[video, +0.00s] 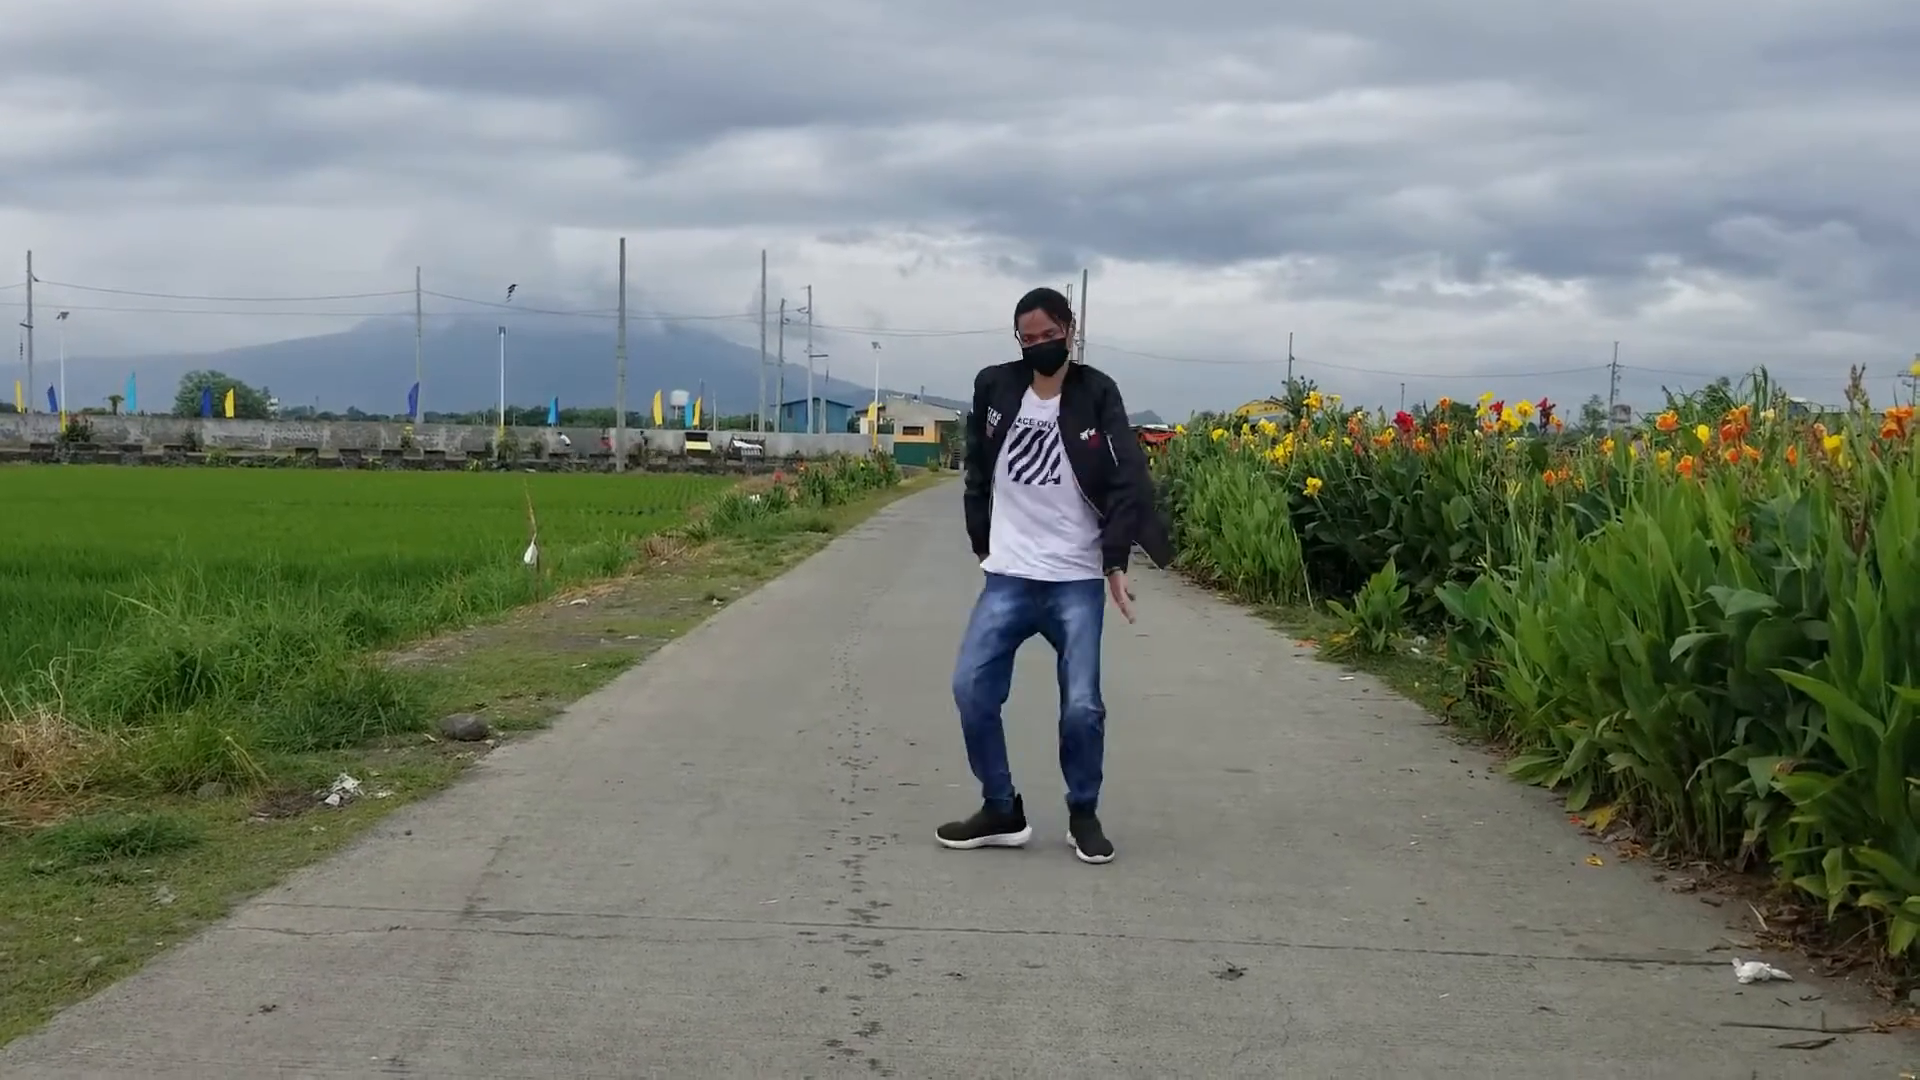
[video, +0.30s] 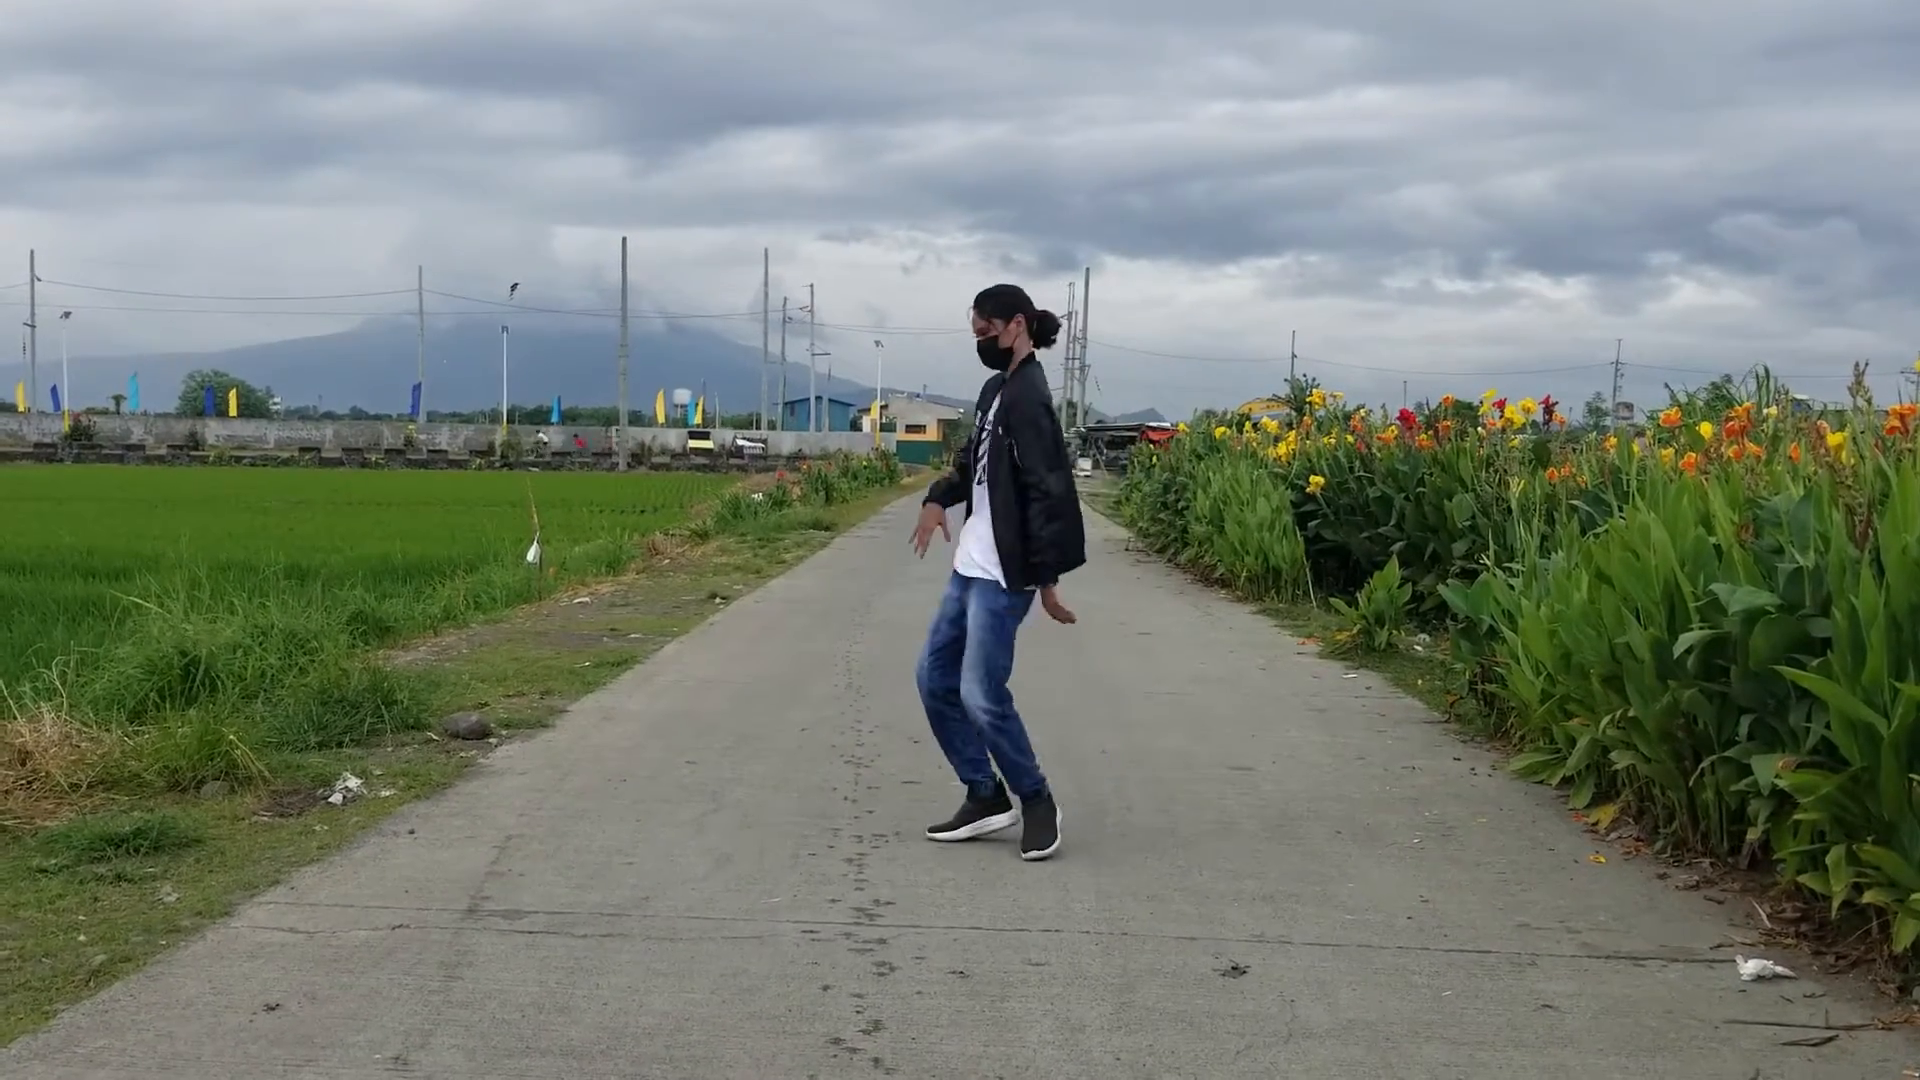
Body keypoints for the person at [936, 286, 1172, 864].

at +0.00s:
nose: (1039, 347)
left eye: (1048, 336)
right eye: (1029, 339)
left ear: (1069, 332)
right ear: (1017, 341)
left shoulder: (1097, 392)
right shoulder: (996, 386)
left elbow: (1129, 479)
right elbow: (977, 470)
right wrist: (984, 546)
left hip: (1077, 576)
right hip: (1008, 572)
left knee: (1082, 706)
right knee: (971, 687)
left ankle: (1084, 814)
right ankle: (1002, 810)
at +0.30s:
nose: (978, 336)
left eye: (985, 327)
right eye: (976, 328)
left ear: (1017, 326)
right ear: (1002, 328)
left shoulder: (1027, 394)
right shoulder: (997, 387)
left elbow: (1049, 488)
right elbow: (977, 463)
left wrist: (1046, 581)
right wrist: (938, 496)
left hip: (1002, 573)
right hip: (968, 563)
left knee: (981, 693)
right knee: (935, 680)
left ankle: (1036, 801)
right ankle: (986, 796)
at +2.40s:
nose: (1087, 299)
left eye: (1098, 289)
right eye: (1079, 289)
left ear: (1126, 288)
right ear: (1070, 288)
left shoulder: (1159, 348)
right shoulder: (1045, 337)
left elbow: (1213, 413)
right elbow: (964, 374)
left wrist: (1191, 450)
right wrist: (1025, 370)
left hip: (1139, 537)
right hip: (1068, 532)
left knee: (1161, 663)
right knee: (1047, 663)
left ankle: (1174, 784)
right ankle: (1022, 780)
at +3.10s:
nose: (1108, 319)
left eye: (1119, 308)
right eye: (1097, 308)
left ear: (1139, 303)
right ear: (1082, 307)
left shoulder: (1163, 363)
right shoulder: (1053, 362)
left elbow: (1195, 429)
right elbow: (982, 424)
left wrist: (1233, 444)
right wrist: (1000, 377)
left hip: (1156, 548)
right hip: (1086, 548)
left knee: (1213, 664)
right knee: (1056, 669)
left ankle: (1224, 782)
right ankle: (1003, 771)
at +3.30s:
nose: (1021, 317)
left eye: (1034, 309)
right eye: (1016, 306)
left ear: (1063, 315)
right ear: (1010, 310)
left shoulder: (1094, 370)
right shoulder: (992, 375)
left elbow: (1116, 442)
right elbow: (951, 457)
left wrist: (1148, 496)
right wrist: (922, 427)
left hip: (1096, 552)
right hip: (1029, 554)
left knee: (1156, 666)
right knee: (1029, 680)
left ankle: (1212, 771)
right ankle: (980, 782)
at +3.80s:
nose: (925, 345)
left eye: (936, 336)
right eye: (919, 337)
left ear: (965, 334)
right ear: (913, 336)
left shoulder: (1002, 384)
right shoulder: (893, 387)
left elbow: (1067, 402)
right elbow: (820, 411)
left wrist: (1129, 404)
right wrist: (750, 418)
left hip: (971, 558)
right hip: (916, 549)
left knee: (910, 666)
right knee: (967, 623)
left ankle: (837, 741)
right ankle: (949, 735)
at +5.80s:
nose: (1014, 273)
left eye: (1023, 260)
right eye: (1001, 269)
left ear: (1048, 266)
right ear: (990, 284)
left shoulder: (1088, 331)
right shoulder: (984, 349)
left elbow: (1155, 365)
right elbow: (957, 413)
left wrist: (1067, 361)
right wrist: (1008, 342)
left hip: (1085, 506)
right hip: (1021, 527)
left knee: (1085, 547)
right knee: (1041, 691)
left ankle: (1119, 675)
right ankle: (1067, 832)